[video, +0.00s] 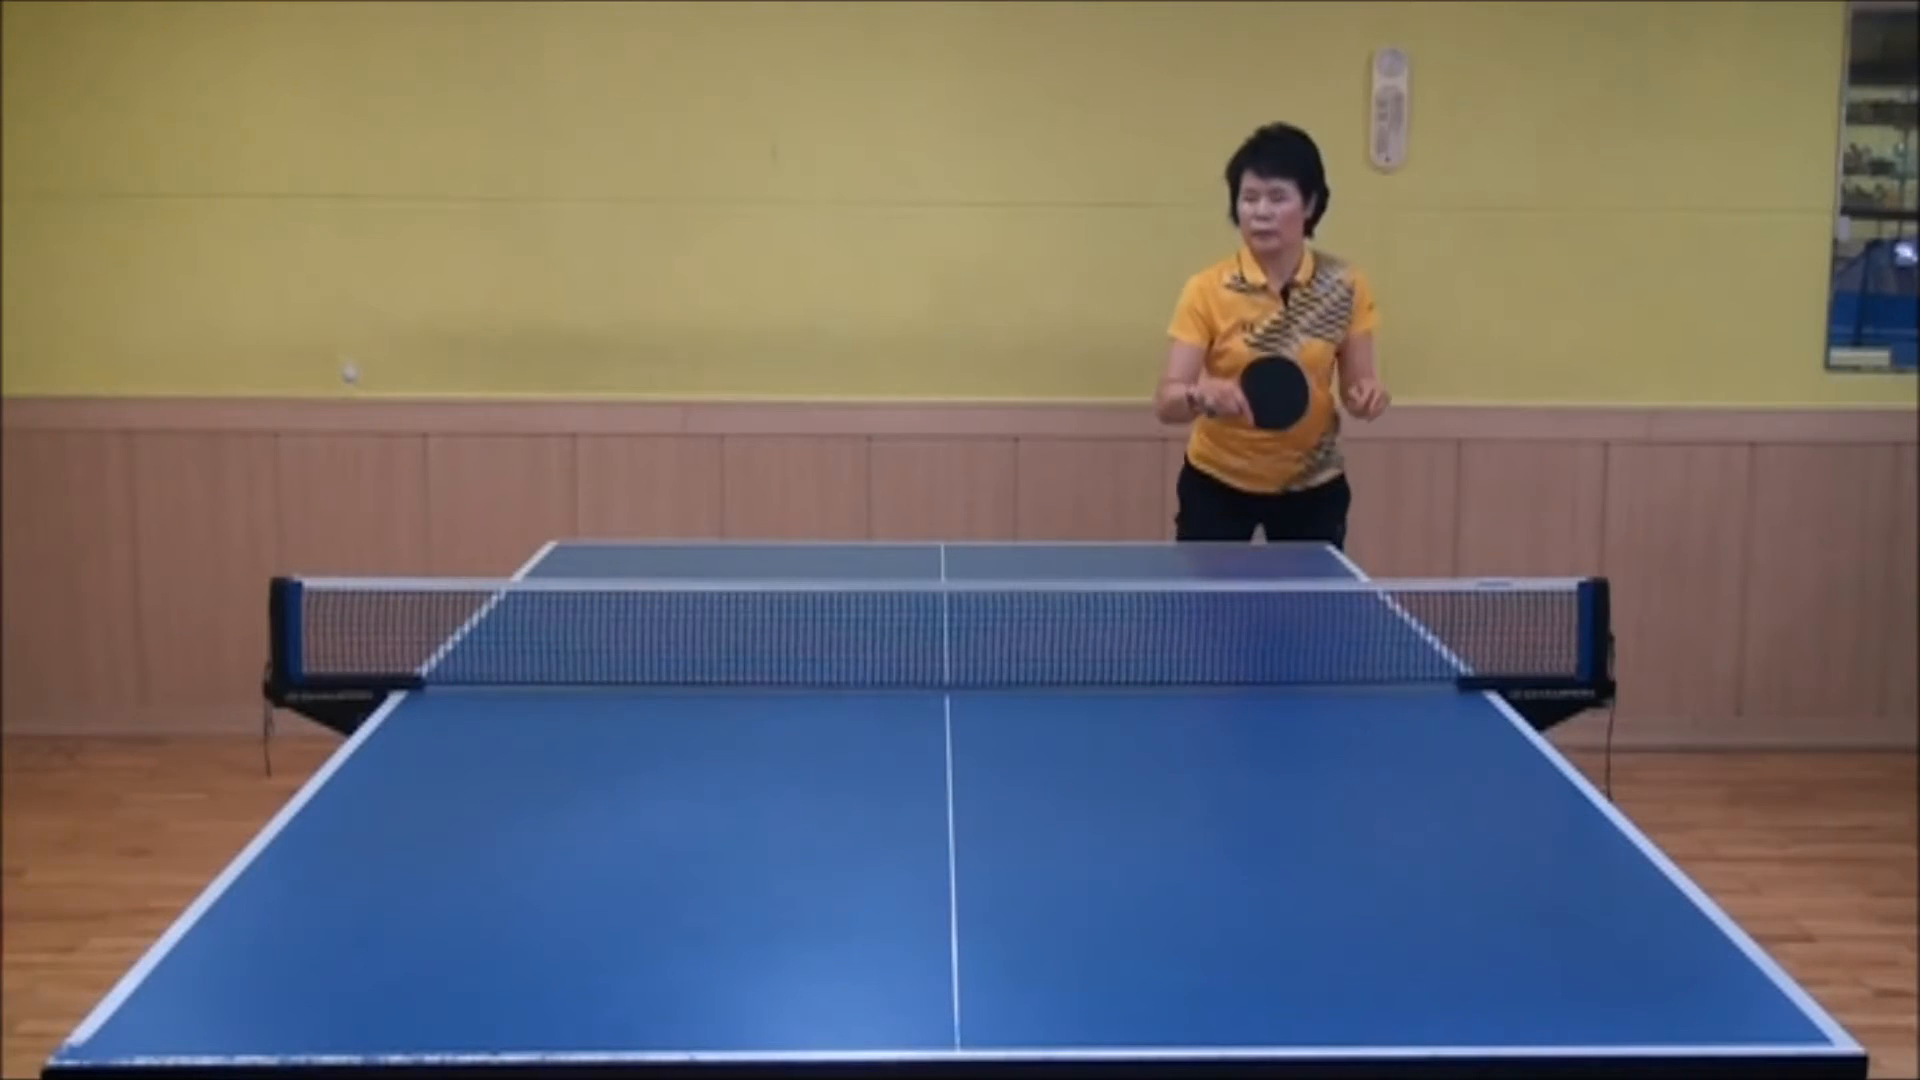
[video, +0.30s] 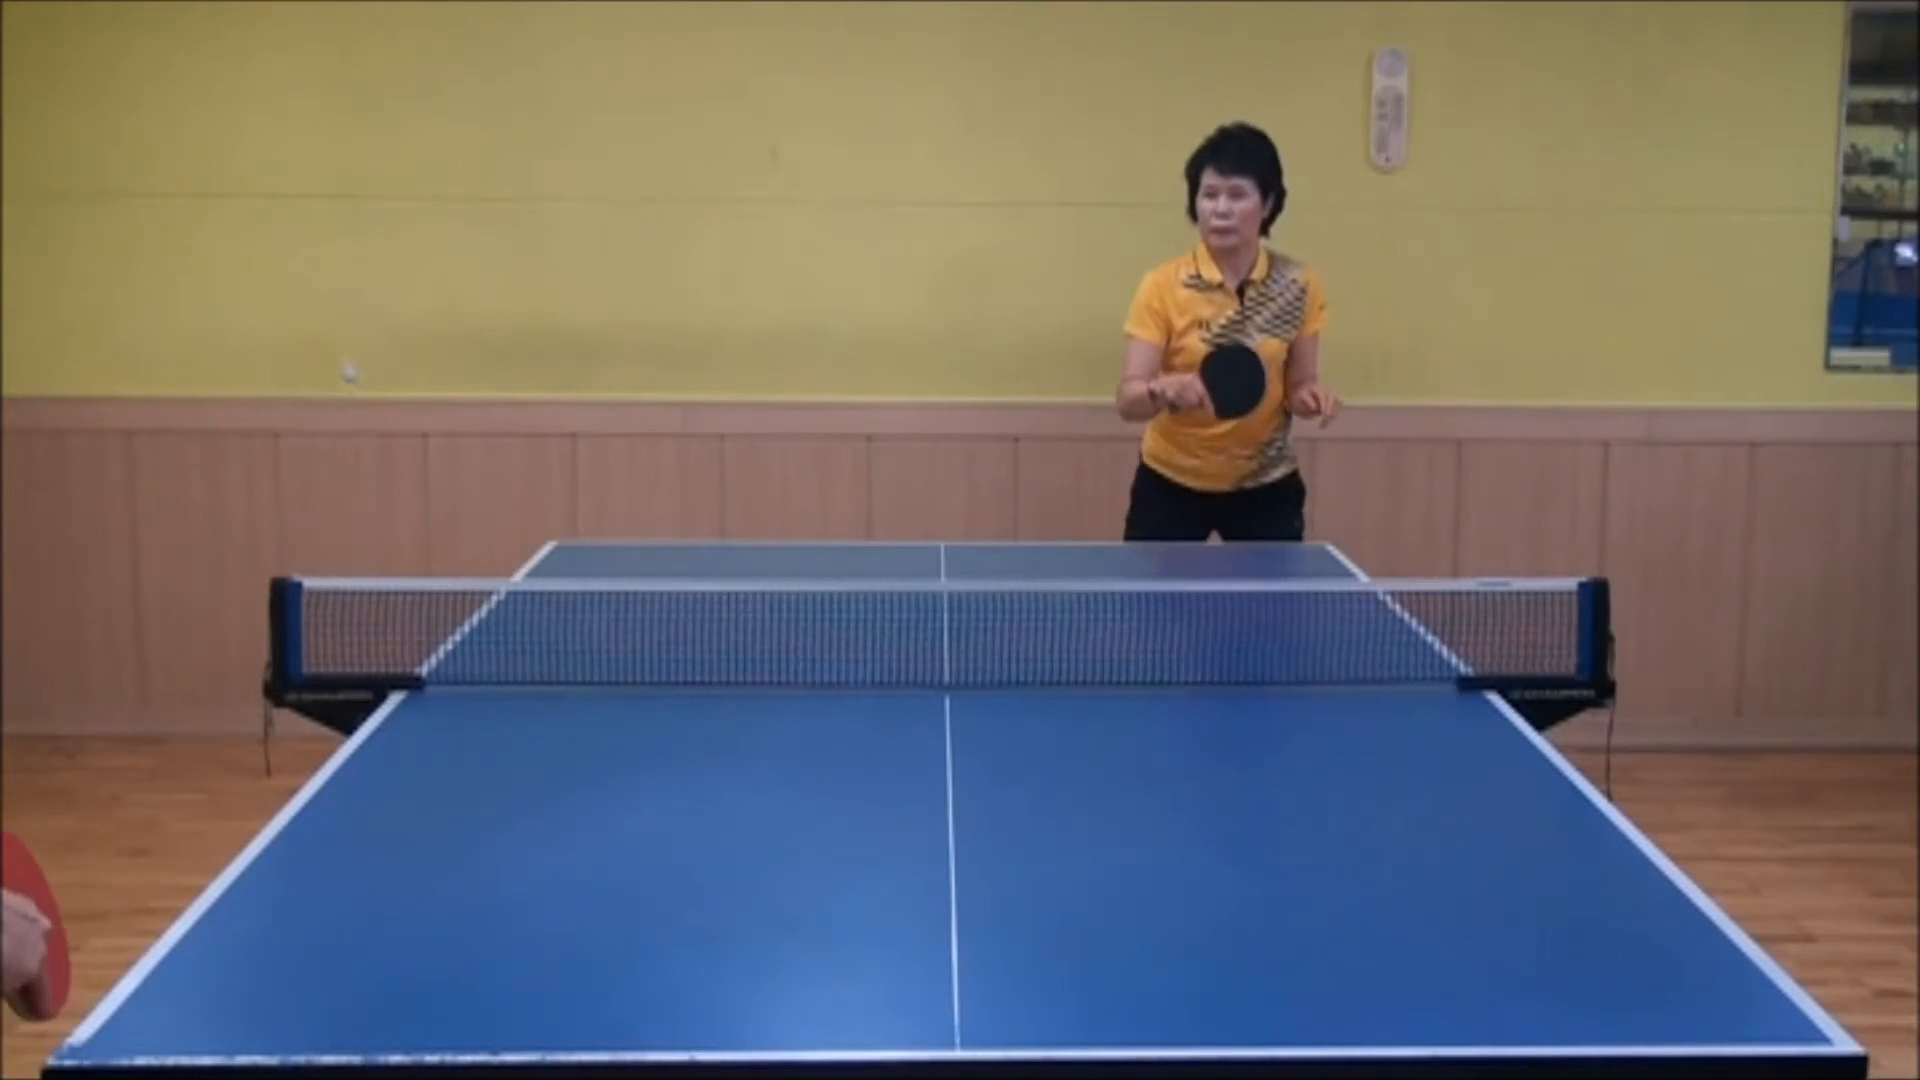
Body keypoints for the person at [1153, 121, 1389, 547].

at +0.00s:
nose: (1262, 212)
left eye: (1278, 197)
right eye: (1250, 197)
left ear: (1310, 205)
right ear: (1235, 205)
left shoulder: (1345, 290)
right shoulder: (1206, 291)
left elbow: (1357, 389)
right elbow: (1167, 404)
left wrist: (1367, 398)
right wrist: (1202, 395)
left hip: (1310, 488)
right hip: (1218, 484)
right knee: (1203, 604)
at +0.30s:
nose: (1221, 208)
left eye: (1237, 195)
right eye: (1210, 194)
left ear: (1267, 205)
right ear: (1194, 203)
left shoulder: (1298, 289)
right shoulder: (1162, 287)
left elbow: (1300, 386)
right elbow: (1129, 401)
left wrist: (1312, 399)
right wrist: (1162, 391)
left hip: (1264, 491)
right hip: (1171, 488)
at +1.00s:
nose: (1190, 200)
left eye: (1205, 185)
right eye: (1178, 186)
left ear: (1235, 193)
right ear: (1162, 196)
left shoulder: (1271, 277)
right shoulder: (1135, 278)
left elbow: (1277, 371)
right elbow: (1111, 392)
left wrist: (1281, 385)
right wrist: (1139, 388)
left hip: (1243, 481)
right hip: (1152, 478)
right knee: (1136, 599)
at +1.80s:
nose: (1207, 215)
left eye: (1222, 199)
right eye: (1195, 201)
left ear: (1252, 205)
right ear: (1179, 210)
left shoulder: (1294, 286)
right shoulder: (1156, 291)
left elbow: (1308, 395)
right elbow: (1118, 401)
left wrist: (1295, 376)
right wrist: (1151, 396)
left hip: (1271, 489)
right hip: (1179, 487)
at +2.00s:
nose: (1225, 224)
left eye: (1240, 209)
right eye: (1212, 210)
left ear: (1269, 212)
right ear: (1196, 218)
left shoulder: (1310, 291)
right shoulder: (1173, 299)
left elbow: (1324, 404)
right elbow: (1134, 406)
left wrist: (1310, 379)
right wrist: (1173, 406)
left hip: (1288, 496)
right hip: (1195, 496)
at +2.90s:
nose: (1286, 253)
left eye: (1301, 236)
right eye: (1272, 239)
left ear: (1328, 236)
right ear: (1254, 243)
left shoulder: (1359, 312)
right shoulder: (1230, 320)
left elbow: (1369, 401)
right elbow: (1190, 428)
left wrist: (1376, 382)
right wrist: (1253, 421)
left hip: (1324, 509)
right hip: (1233, 508)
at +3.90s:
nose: (1314, 286)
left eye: (1328, 271)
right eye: (1299, 274)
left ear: (1356, 275)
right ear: (1280, 283)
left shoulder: (1373, 353)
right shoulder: (1259, 358)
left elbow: (1374, 456)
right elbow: (1217, 444)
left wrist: (1397, 435)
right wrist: (1236, 472)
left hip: (1328, 533)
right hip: (1241, 532)